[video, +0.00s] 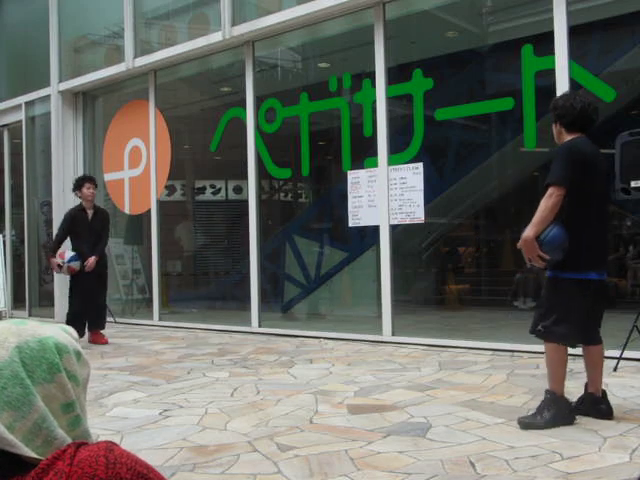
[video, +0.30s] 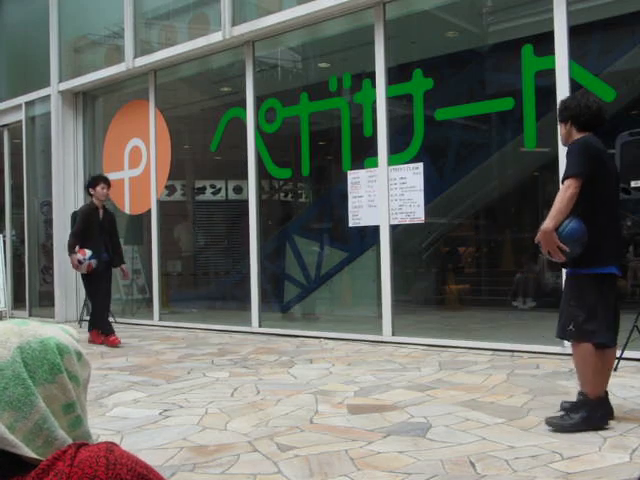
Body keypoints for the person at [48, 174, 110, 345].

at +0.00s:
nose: (91, 192)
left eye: (93, 188)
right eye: (87, 189)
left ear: (96, 191)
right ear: (78, 193)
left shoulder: (103, 214)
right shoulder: (73, 214)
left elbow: (104, 240)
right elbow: (60, 237)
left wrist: (95, 257)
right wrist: (51, 255)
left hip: (99, 262)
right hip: (79, 263)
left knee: (97, 297)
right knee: (78, 298)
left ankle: (95, 331)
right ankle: (73, 334)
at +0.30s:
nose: (105, 192)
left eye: (107, 189)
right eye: (101, 189)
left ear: (109, 191)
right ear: (92, 191)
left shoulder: (109, 215)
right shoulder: (84, 212)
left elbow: (114, 240)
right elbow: (75, 235)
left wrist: (121, 263)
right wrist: (72, 253)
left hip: (105, 261)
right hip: (89, 262)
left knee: (104, 297)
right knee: (98, 298)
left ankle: (94, 331)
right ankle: (107, 332)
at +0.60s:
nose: (115, 192)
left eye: (115, 189)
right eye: (111, 189)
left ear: (114, 191)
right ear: (101, 192)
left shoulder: (111, 212)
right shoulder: (95, 212)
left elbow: (117, 238)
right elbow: (95, 237)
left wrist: (126, 258)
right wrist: (106, 253)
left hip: (110, 259)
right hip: (98, 259)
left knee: (106, 296)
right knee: (110, 296)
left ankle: (96, 329)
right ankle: (121, 331)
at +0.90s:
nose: (123, 190)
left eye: (122, 186)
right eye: (120, 187)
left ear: (111, 192)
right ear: (110, 191)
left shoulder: (109, 209)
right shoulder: (112, 211)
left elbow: (118, 237)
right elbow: (122, 236)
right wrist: (138, 253)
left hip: (107, 259)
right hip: (110, 260)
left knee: (115, 297)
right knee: (117, 297)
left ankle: (96, 325)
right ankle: (123, 333)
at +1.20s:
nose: (121, 190)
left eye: (120, 187)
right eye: (118, 187)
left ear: (107, 192)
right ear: (108, 191)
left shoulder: (102, 209)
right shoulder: (110, 210)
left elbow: (108, 238)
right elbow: (121, 236)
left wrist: (124, 253)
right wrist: (137, 255)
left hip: (103, 262)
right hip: (111, 263)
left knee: (111, 298)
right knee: (124, 296)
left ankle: (98, 329)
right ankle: (123, 334)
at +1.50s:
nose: (113, 193)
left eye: (112, 189)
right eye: (109, 190)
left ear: (101, 194)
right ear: (99, 194)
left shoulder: (97, 212)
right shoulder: (98, 214)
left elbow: (91, 241)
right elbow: (91, 241)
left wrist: (105, 258)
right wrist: (95, 262)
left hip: (95, 265)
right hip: (99, 266)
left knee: (96, 300)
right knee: (123, 295)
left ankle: (91, 334)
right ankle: (123, 332)